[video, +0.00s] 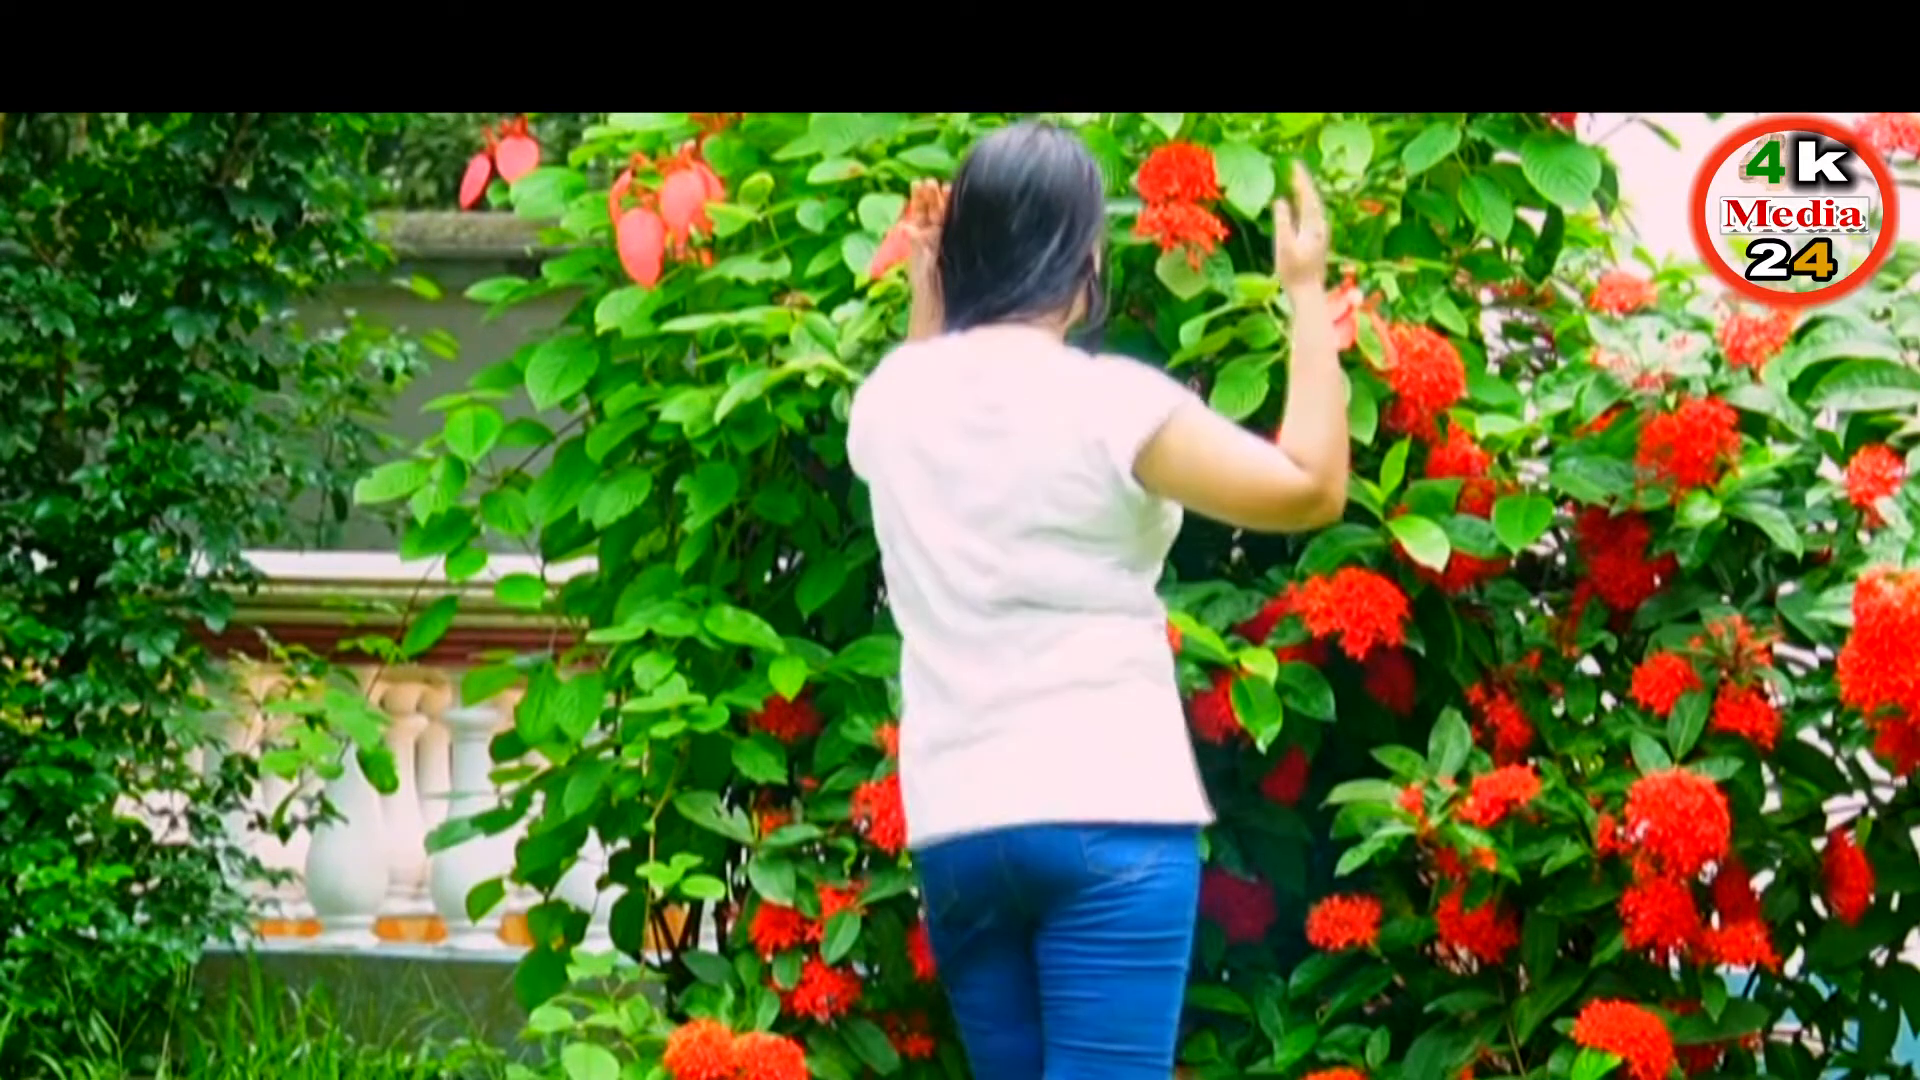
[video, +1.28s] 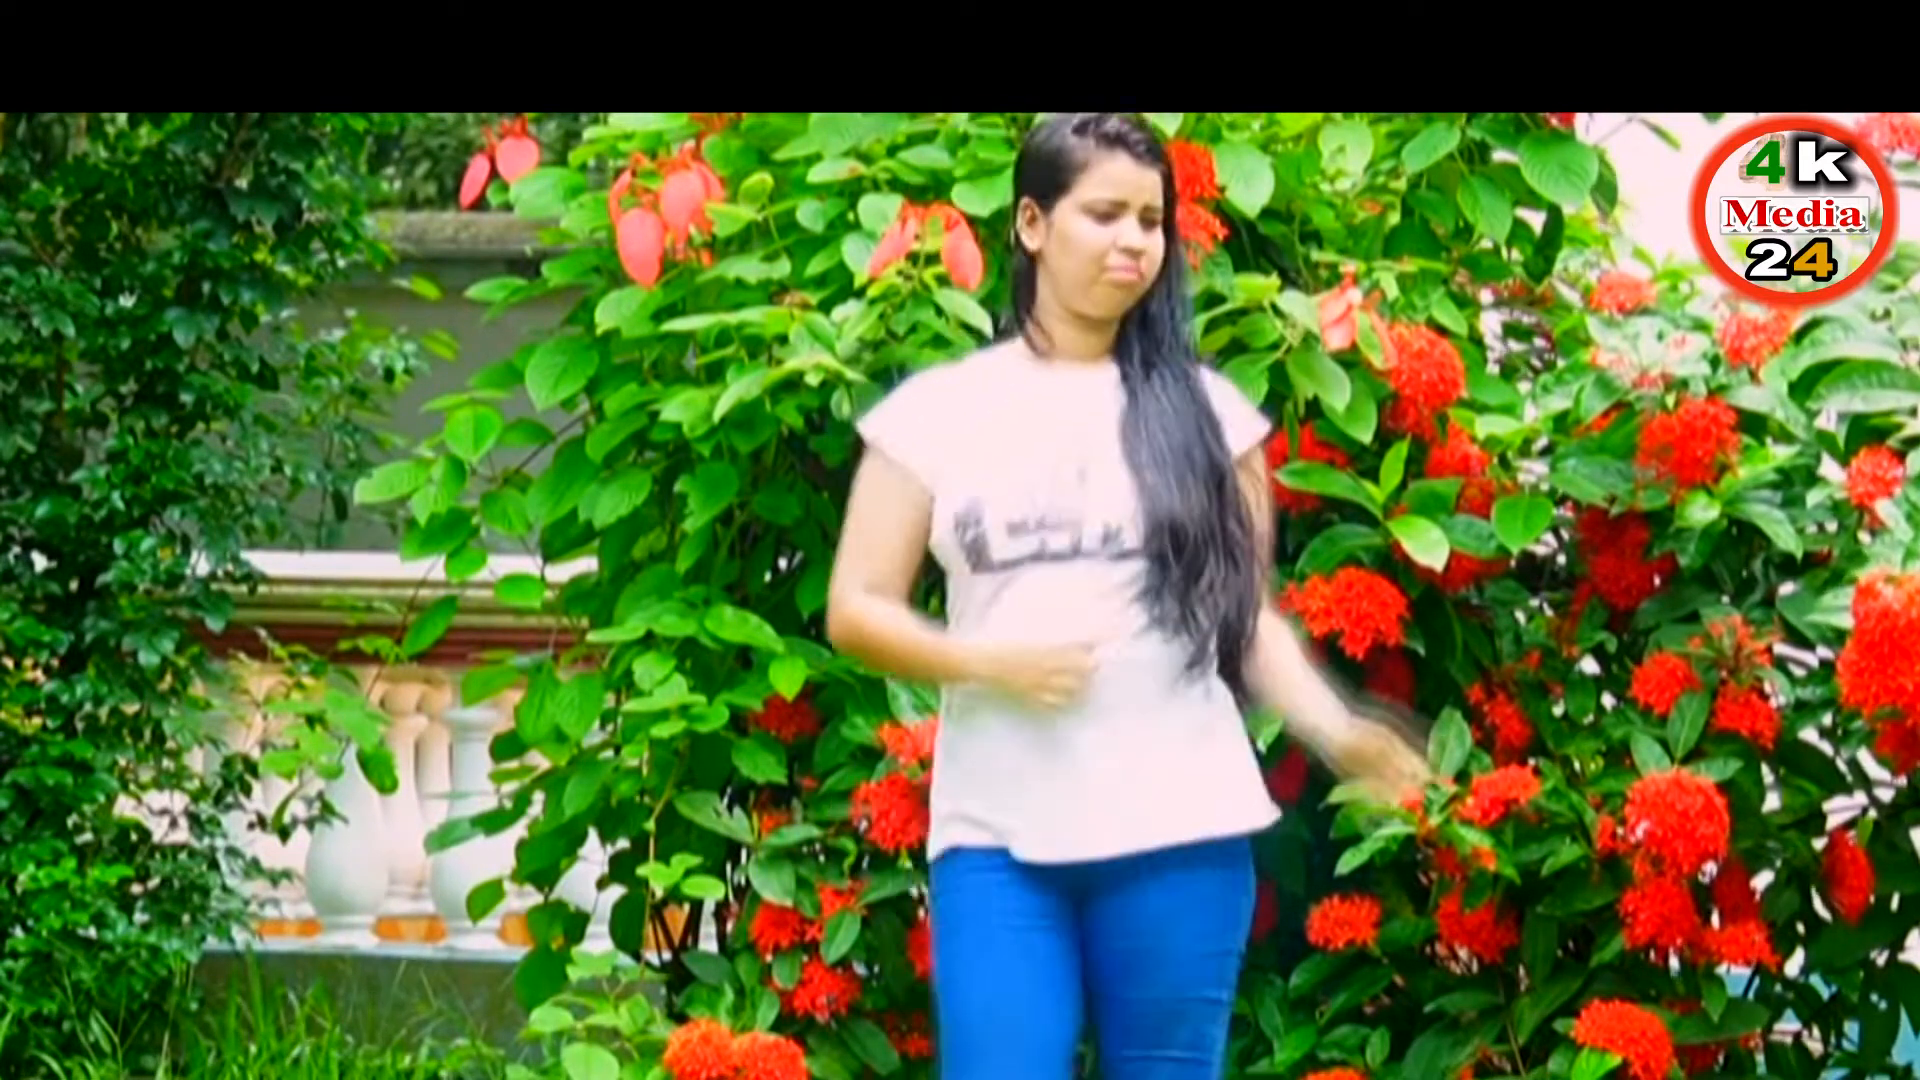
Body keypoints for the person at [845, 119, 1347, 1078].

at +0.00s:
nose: (1100, 256)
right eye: (1098, 236)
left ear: (957, 251)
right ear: (1085, 260)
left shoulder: (884, 404)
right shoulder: (1115, 400)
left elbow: (924, 413)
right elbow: (1311, 485)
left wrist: (928, 287)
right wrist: (1306, 297)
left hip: (954, 815)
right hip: (1116, 798)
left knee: (1008, 1067)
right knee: (1110, 1065)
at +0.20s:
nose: (1083, 260)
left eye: (1080, 235)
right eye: (1079, 236)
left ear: (942, 247)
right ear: (1053, 255)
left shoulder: (865, 416)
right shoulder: (1071, 406)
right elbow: (1245, 525)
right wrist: (1238, 324)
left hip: (904, 834)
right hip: (1061, 853)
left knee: (960, 1069)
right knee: (1131, 1066)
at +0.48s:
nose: (1089, 251)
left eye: (1086, 225)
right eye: (1077, 226)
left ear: (992, 240)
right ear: (1016, 240)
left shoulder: (905, 391)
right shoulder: (999, 398)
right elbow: (1102, 572)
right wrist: (1145, 418)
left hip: (899, 820)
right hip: (1010, 838)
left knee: (945, 1068)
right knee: (1140, 1064)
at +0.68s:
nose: (1107, 241)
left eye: (1101, 214)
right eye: (1088, 215)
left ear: (1023, 234)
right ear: (1012, 230)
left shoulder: (1045, 391)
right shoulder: (945, 385)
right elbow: (962, 592)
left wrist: (1139, 486)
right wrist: (1098, 462)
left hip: (1051, 818)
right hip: (982, 820)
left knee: (1060, 1061)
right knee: (1019, 1065)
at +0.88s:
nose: (1116, 263)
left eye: (1115, 239)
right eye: (1092, 236)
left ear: (1025, 250)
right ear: (1008, 246)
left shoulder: (1102, 419)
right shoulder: (922, 427)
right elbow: (880, 625)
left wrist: (1178, 609)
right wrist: (1048, 539)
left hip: (1124, 846)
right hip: (972, 844)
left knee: (1159, 1067)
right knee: (976, 1068)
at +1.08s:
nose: (1133, 239)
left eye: (1141, 217)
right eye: (1106, 212)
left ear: (1146, 232)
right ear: (1023, 219)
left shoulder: (1162, 397)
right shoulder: (915, 394)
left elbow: (1195, 579)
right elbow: (861, 596)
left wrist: (1243, 681)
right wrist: (1045, 558)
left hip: (1169, 814)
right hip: (989, 822)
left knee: (1137, 1068)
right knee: (1005, 1070)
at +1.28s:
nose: (1133, 241)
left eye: (1151, 220)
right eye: (1105, 214)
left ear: (1169, 240)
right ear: (1032, 226)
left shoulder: (1207, 409)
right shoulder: (935, 411)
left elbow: (1245, 613)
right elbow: (852, 610)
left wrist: (1337, 732)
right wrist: (987, 662)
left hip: (1179, 836)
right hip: (997, 846)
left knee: (1170, 1068)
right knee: (1001, 1068)